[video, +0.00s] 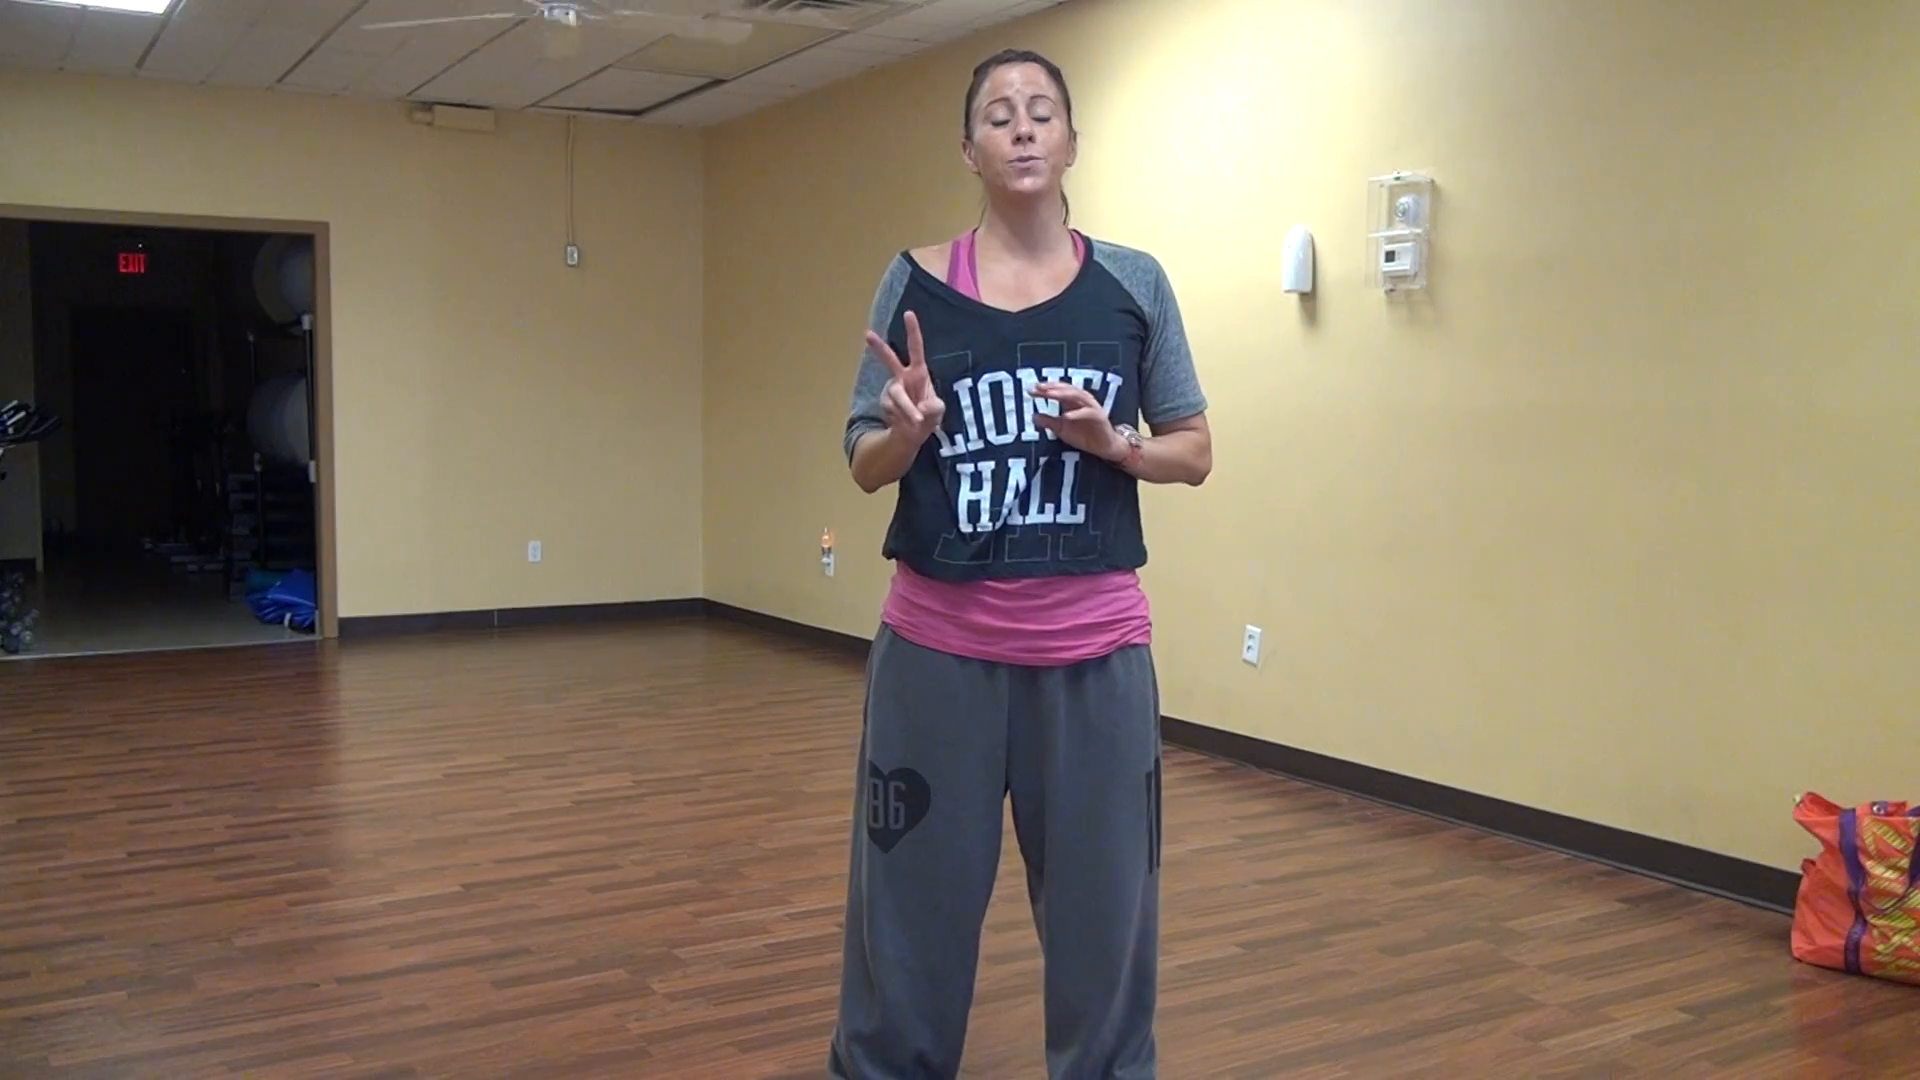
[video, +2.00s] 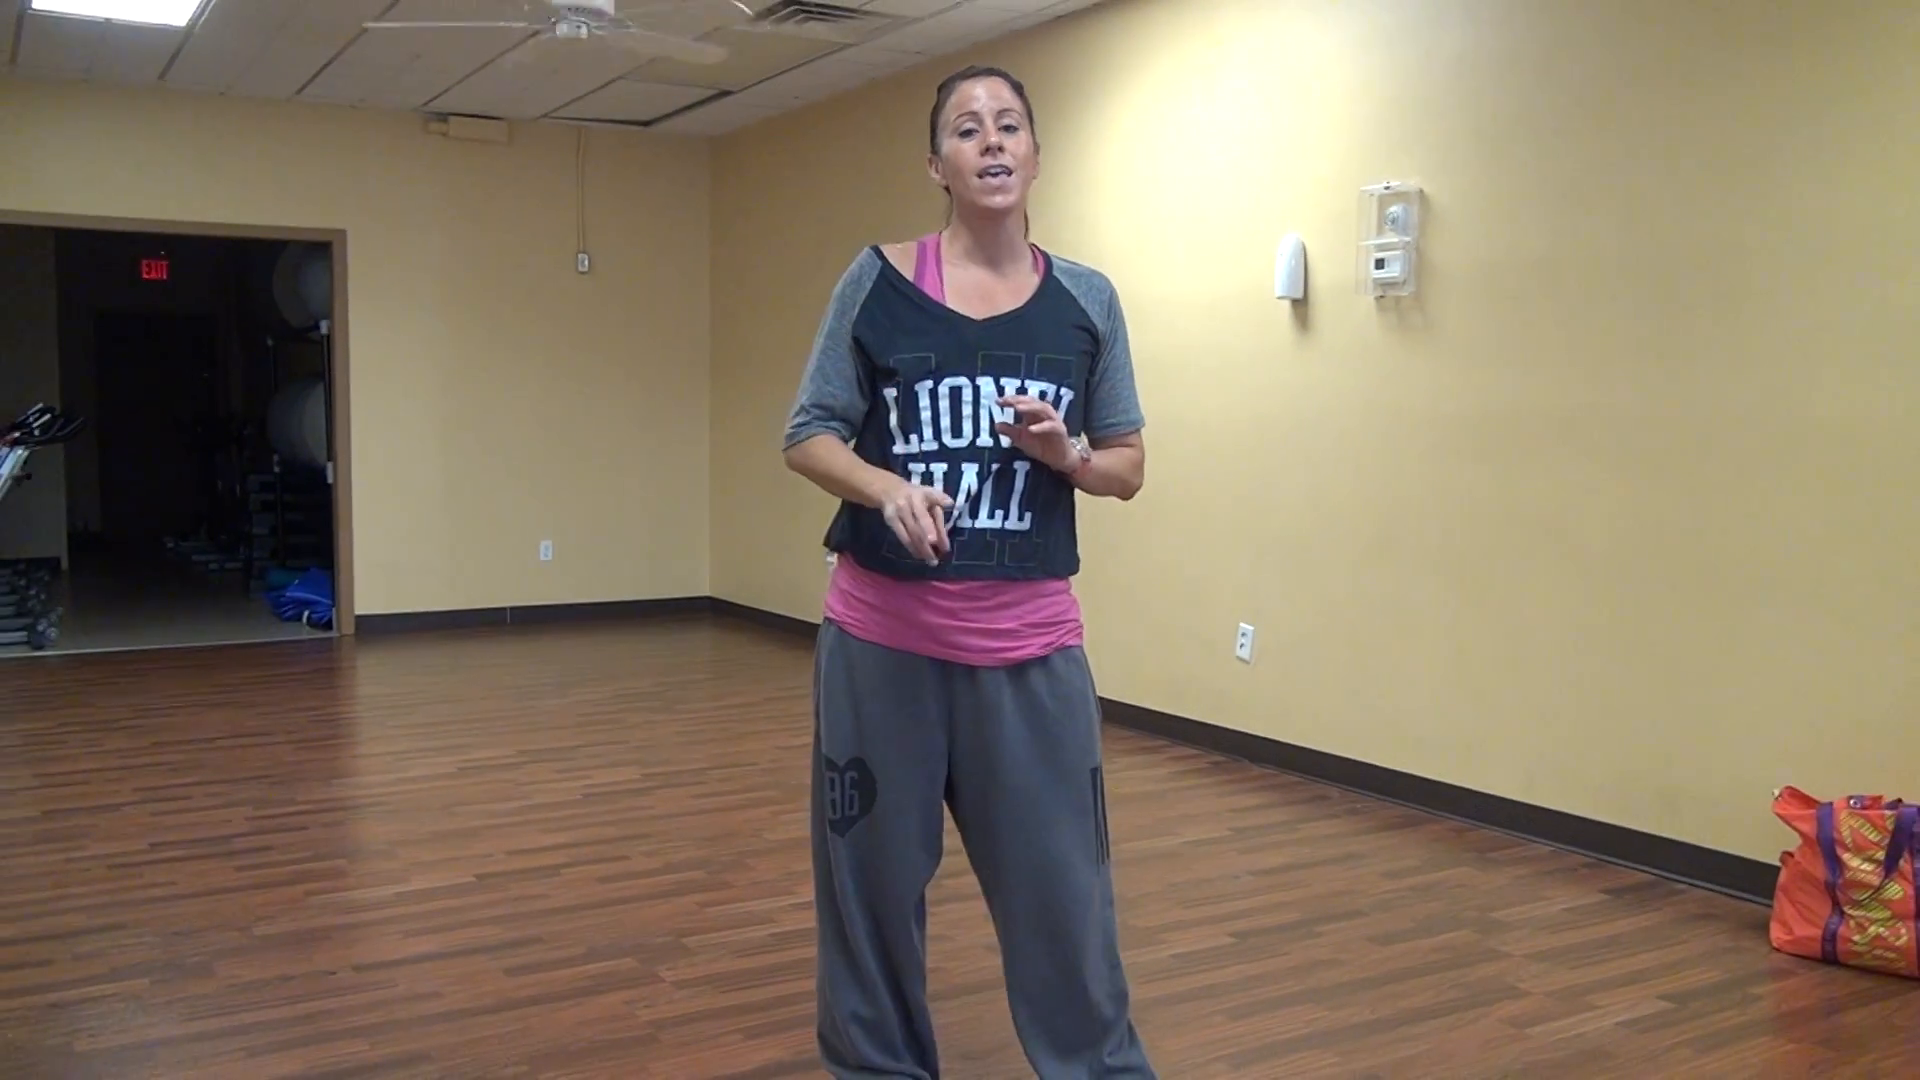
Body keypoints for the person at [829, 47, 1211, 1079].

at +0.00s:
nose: (1021, 129)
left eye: (1041, 114)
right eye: (999, 116)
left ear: (1070, 143)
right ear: (969, 150)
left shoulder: (1134, 279)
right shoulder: (916, 280)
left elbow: (1195, 453)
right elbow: (865, 468)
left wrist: (1122, 444)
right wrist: (906, 429)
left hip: (1095, 645)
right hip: (936, 642)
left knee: (1106, 920)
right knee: (907, 911)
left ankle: (1105, 1071)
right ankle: (887, 1068)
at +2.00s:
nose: (993, 142)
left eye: (1009, 126)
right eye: (969, 130)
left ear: (1037, 151)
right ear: (936, 163)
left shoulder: (1088, 295)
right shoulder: (879, 278)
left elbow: (1126, 468)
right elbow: (808, 437)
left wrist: (1073, 457)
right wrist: (884, 487)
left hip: (1031, 642)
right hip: (880, 639)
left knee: (1064, 899)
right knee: (869, 894)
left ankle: (1100, 1066)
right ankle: (879, 1066)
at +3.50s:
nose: (994, 153)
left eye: (1012, 132)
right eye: (971, 137)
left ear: (1042, 152)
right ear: (945, 162)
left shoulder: (1112, 285)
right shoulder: (898, 294)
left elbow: (1171, 452)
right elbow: (847, 463)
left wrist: (1109, 438)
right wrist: (912, 433)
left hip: (1078, 640)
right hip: (925, 639)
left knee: (1092, 902)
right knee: (895, 899)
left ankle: (1104, 1069)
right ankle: (885, 1068)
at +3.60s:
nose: (995, 152)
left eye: (1014, 132)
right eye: (973, 137)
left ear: (1044, 152)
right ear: (947, 163)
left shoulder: (1113, 286)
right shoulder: (899, 293)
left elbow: (1170, 453)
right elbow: (846, 461)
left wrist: (1110, 440)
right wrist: (914, 435)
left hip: (1078, 642)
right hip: (925, 641)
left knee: (1092, 904)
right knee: (895, 900)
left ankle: (1103, 1070)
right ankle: (883, 1069)